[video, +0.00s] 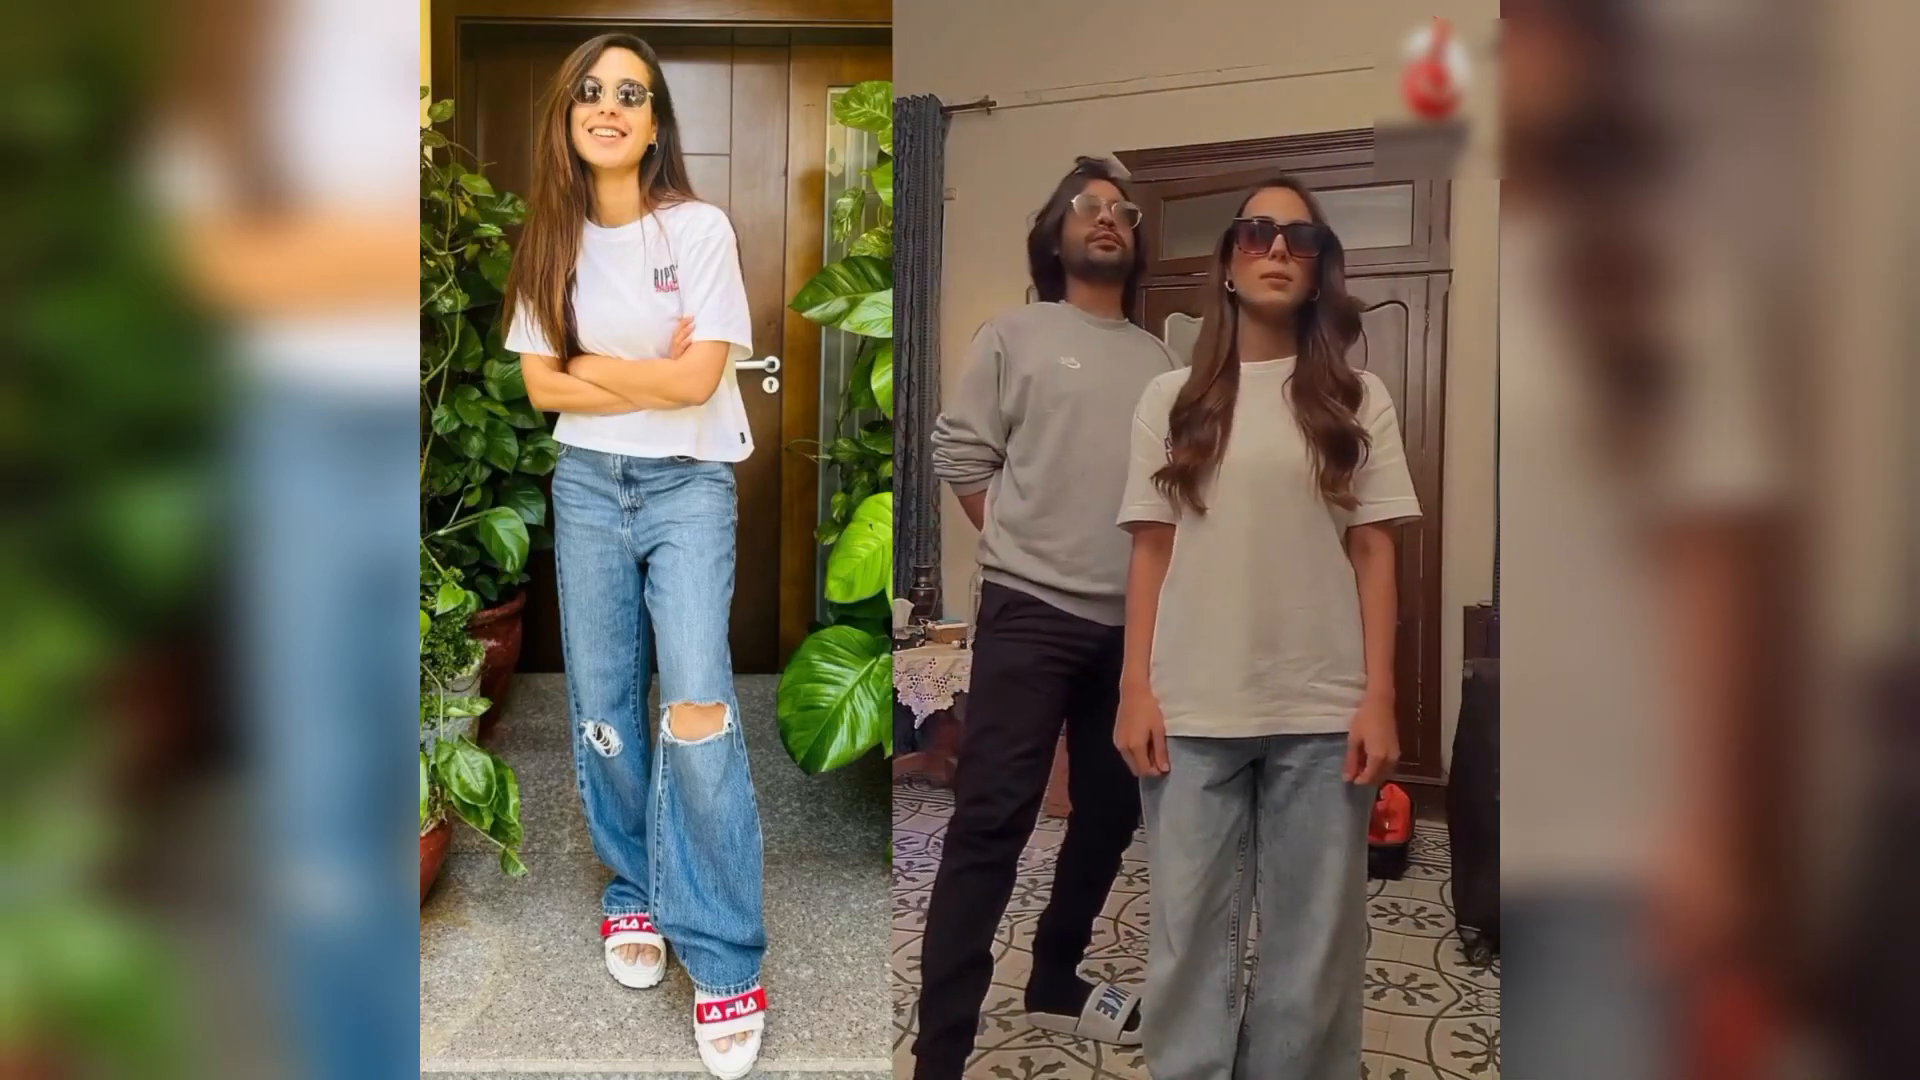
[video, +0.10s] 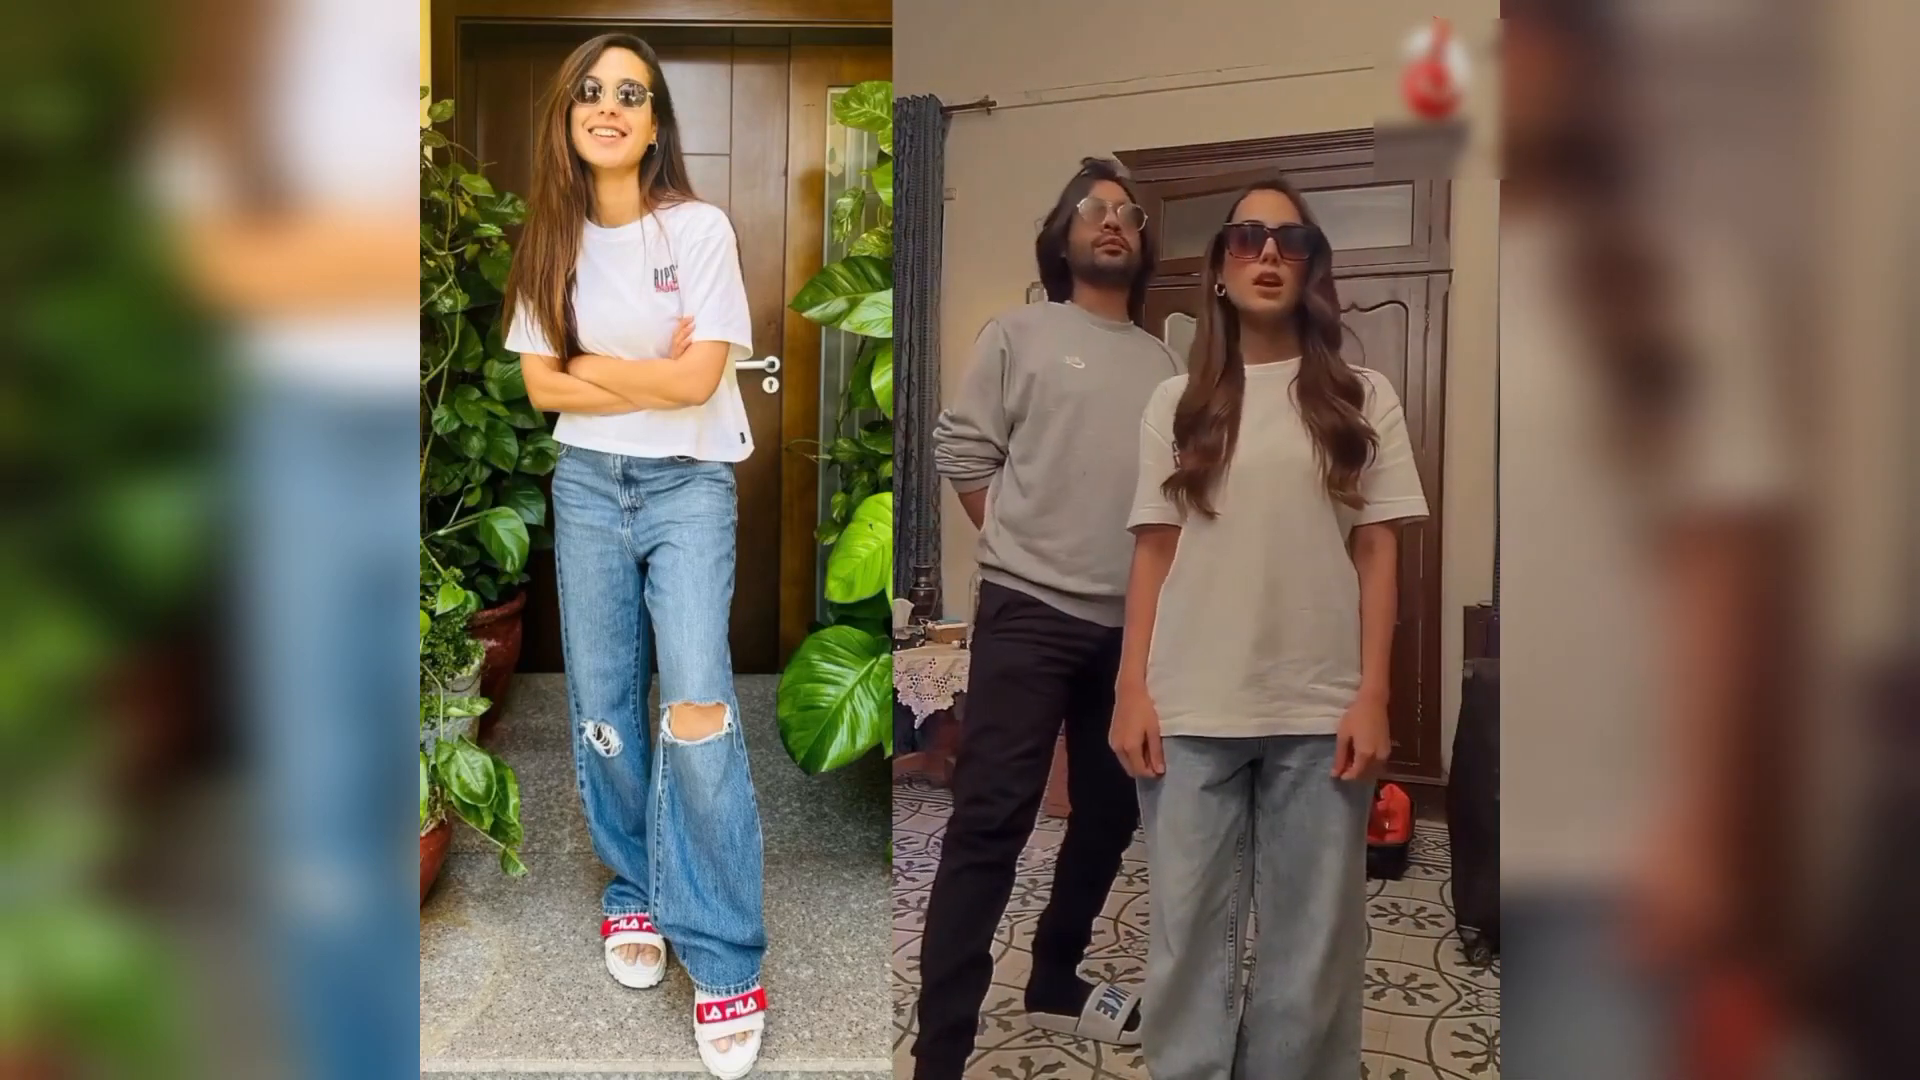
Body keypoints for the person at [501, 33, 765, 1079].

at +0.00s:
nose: (610, 111)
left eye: (630, 97)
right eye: (593, 95)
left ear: (656, 121)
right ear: (566, 117)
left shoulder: (699, 225)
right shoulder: (549, 240)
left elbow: (698, 378)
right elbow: (541, 385)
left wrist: (576, 362)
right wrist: (662, 379)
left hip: (689, 482)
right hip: (585, 484)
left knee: (694, 709)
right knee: (603, 708)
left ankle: (724, 958)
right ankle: (631, 891)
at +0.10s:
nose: (609, 111)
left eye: (629, 97)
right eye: (593, 95)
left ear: (656, 121)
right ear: (566, 117)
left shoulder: (699, 226)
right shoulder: (549, 240)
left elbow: (698, 378)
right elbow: (541, 385)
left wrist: (576, 362)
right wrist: (662, 379)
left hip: (689, 482)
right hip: (584, 484)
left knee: (694, 710)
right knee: (603, 708)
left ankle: (725, 958)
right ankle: (631, 892)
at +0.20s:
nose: (610, 111)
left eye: (630, 97)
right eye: (593, 95)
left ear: (656, 121)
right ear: (566, 117)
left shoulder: (699, 225)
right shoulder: (549, 240)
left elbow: (698, 378)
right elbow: (541, 386)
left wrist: (576, 362)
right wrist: (662, 379)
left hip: (689, 482)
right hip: (585, 484)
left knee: (694, 709)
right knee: (603, 708)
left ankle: (724, 958)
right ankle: (631, 891)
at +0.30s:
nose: (610, 111)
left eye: (630, 97)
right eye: (593, 95)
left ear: (656, 121)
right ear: (566, 117)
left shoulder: (699, 225)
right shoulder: (549, 240)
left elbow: (698, 378)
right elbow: (541, 385)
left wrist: (576, 362)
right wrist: (662, 379)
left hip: (689, 482)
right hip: (585, 484)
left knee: (694, 709)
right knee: (603, 708)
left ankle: (724, 957)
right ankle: (631, 891)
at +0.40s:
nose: (609, 111)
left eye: (629, 98)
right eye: (593, 95)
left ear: (656, 122)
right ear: (566, 117)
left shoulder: (699, 226)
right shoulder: (549, 240)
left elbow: (698, 379)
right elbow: (541, 385)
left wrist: (576, 362)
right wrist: (662, 379)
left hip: (689, 482)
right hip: (584, 484)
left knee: (694, 710)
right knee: (603, 708)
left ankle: (724, 958)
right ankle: (631, 892)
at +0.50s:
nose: (609, 111)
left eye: (629, 98)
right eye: (593, 95)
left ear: (656, 122)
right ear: (566, 117)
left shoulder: (699, 226)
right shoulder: (549, 240)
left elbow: (698, 378)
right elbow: (541, 385)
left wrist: (576, 362)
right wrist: (662, 379)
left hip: (689, 482)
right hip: (584, 484)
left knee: (694, 710)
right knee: (603, 708)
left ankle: (724, 958)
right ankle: (631, 892)